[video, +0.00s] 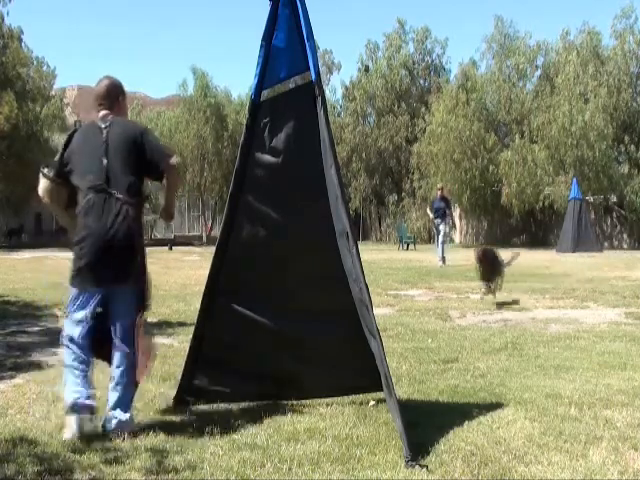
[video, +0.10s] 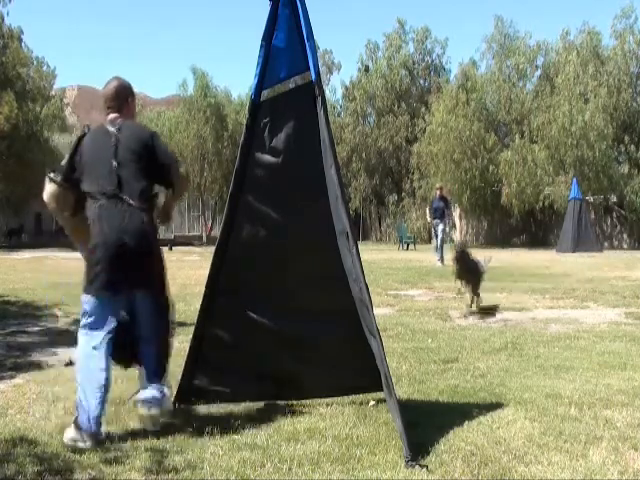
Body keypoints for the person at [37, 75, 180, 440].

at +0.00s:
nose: (129, 106)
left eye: (125, 102)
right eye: (127, 102)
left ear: (94, 106)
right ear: (122, 104)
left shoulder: (77, 136)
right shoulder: (134, 132)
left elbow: (47, 189)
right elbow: (172, 166)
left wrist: (73, 219)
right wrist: (168, 205)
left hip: (89, 240)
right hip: (127, 240)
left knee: (75, 332)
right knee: (125, 335)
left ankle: (77, 405)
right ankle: (119, 418)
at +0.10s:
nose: (135, 108)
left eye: (130, 103)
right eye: (135, 103)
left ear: (103, 106)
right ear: (131, 105)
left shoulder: (86, 140)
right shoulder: (145, 137)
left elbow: (54, 196)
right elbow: (178, 182)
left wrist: (82, 236)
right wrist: (166, 210)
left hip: (101, 239)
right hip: (141, 239)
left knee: (94, 329)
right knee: (151, 319)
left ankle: (87, 425)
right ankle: (153, 394)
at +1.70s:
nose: (265, 80)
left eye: (271, 74)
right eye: (264, 75)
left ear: (292, 76)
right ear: (271, 79)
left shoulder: (309, 117)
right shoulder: (273, 122)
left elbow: (319, 176)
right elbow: (277, 177)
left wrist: (279, 226)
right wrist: (263, 209)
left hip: (315, 232)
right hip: (282, 233)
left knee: (320, 320)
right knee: (281, 318)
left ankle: (341, 409)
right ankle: (282, 401)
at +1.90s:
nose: (271, 81)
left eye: (277, 75)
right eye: (270, 76)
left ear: (299, 76)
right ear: (275, 79)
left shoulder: (313, 118)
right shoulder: (281, 122)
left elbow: (322, 180)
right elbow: (282, 179)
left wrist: (285, 234)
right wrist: (267, 217)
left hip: (321, 235)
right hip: (289, 235)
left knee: (324, 321)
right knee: (284, 318)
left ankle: (343, 410)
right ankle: (283, 400)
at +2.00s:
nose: (273, 84)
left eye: (279, 77)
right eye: (272, 78)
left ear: (300, 78)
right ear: (276, 81)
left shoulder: (315, 120)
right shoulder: (282, 123)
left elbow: (323, 184)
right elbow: (281, 181)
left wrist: (288, 237)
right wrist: (267, 222)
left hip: (321, 234)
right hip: (288, 234)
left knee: (324, 318)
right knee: (285, 315)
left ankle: (343, 409)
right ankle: (284, 400)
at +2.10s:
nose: (275, 85)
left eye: (280, 78)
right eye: (273, 79)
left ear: (302, 78)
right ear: (277, 82)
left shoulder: (317, 122)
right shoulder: (282, 126)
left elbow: (325, 187)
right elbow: (280, 184)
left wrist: (291, 240)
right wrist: (270, 227)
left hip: (321, 236)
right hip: (288, 236)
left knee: (324, 320)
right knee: (284, 316)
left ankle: (344, 409)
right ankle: (284, 401)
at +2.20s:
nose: (275, 87)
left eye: (281, 79)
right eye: (274, 80)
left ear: (302, 79)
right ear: (280, 83)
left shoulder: (317, 123)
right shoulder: (283, 128)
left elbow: (325, 188)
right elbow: (284, 189)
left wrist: (290, 243)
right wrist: (276, 235)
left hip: (322, 238)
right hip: (290, 238)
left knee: (325, 321)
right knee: (283, 318)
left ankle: (343, 410)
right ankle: (284, 400)